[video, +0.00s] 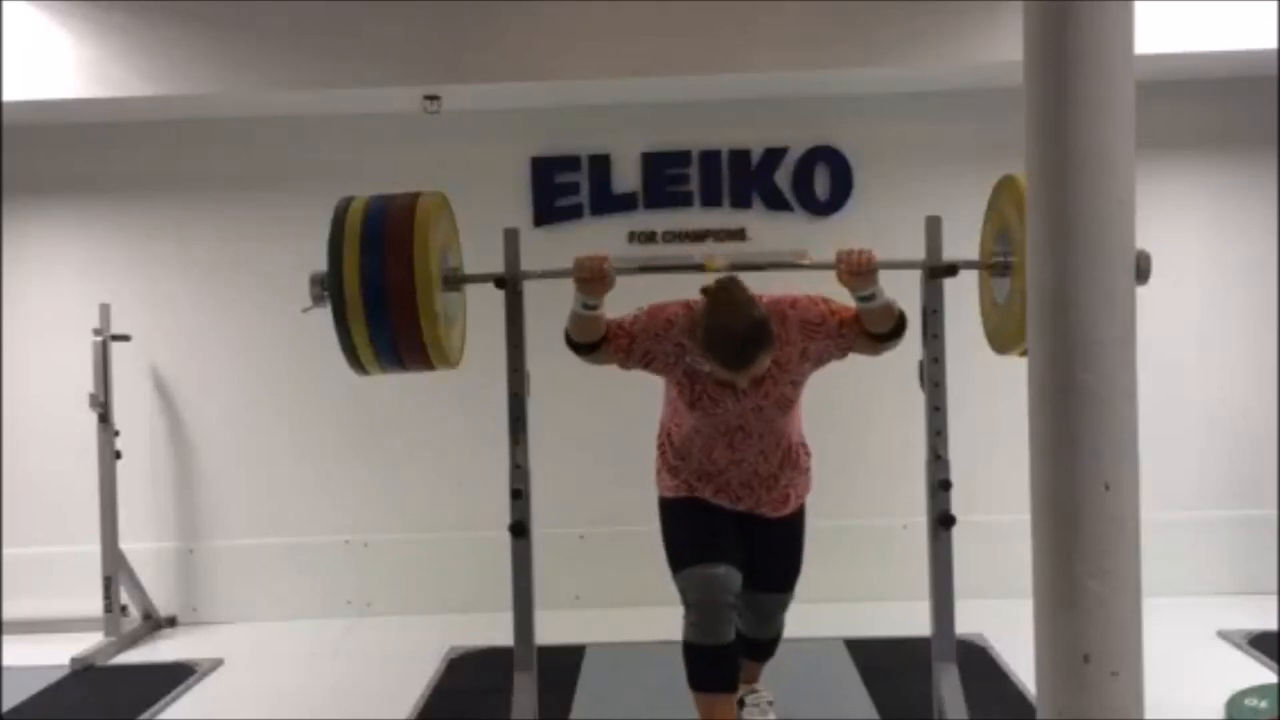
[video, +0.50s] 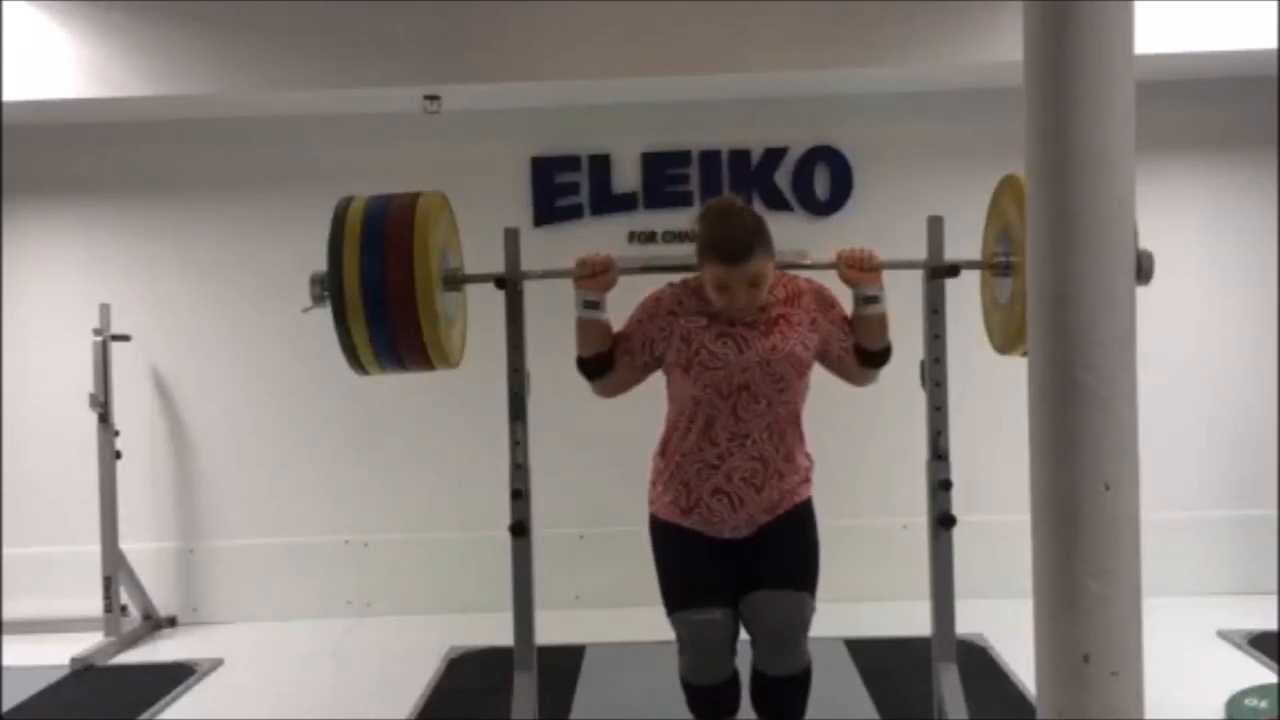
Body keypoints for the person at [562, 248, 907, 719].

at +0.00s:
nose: (744, 382)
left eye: (754, 371)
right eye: (727, 375)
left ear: (767, 338)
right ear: (702, 348)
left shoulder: (800, 322)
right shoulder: (671, 331)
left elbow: (885, 336)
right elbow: (587, 346)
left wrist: (868, 290)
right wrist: (588, 301)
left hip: (776, 490)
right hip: (696, 488)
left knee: (766, 612)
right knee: (712, 605)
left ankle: (747, 688)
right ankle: (717, 712)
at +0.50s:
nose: (738, 299)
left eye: (752, 283)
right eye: (722, 287)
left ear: (770, 264)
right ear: (700, 269)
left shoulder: (803, 303)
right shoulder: (672, 310)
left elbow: (863, 370)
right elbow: (607, 380)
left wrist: (869, 295)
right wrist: (590, 302)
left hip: (779, 513)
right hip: (688, 518)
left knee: (784, 653)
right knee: (705, 659)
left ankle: (782, 718)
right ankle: (714, 716)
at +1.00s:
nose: (736, 287)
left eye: (750, 271)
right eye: (719, 274)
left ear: (769, 258)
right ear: (697, 264)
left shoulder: (800, 302)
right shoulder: (671, 310)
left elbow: (860, 369)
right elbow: (608, 378)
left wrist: (868, 296)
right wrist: (588, 303)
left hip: (783, 519)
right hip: (693, 522)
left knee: (785, 661)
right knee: (706, 667)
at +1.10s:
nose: (737, 282)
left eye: (751, 266)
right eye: (720, 269)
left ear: (769, 256)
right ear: (697, 261)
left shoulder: (800, 299)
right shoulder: (670, 308)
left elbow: (856, 365)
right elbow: (611, 374)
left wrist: (867, 294)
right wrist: (589, 301)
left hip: (784, 518)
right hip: (694, 521)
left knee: (786, 662)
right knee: (706, 667)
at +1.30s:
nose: (738, 269)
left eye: (752, 252)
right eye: (722, 254)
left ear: (771, 246)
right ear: (701, 250)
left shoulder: (803, 297)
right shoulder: (672, 303)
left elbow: (856, 368)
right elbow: (613, 374)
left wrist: (866, 293)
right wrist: (592, 300)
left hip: (787, 518)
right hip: (698, 520)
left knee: (788, 665)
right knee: (708, 669)